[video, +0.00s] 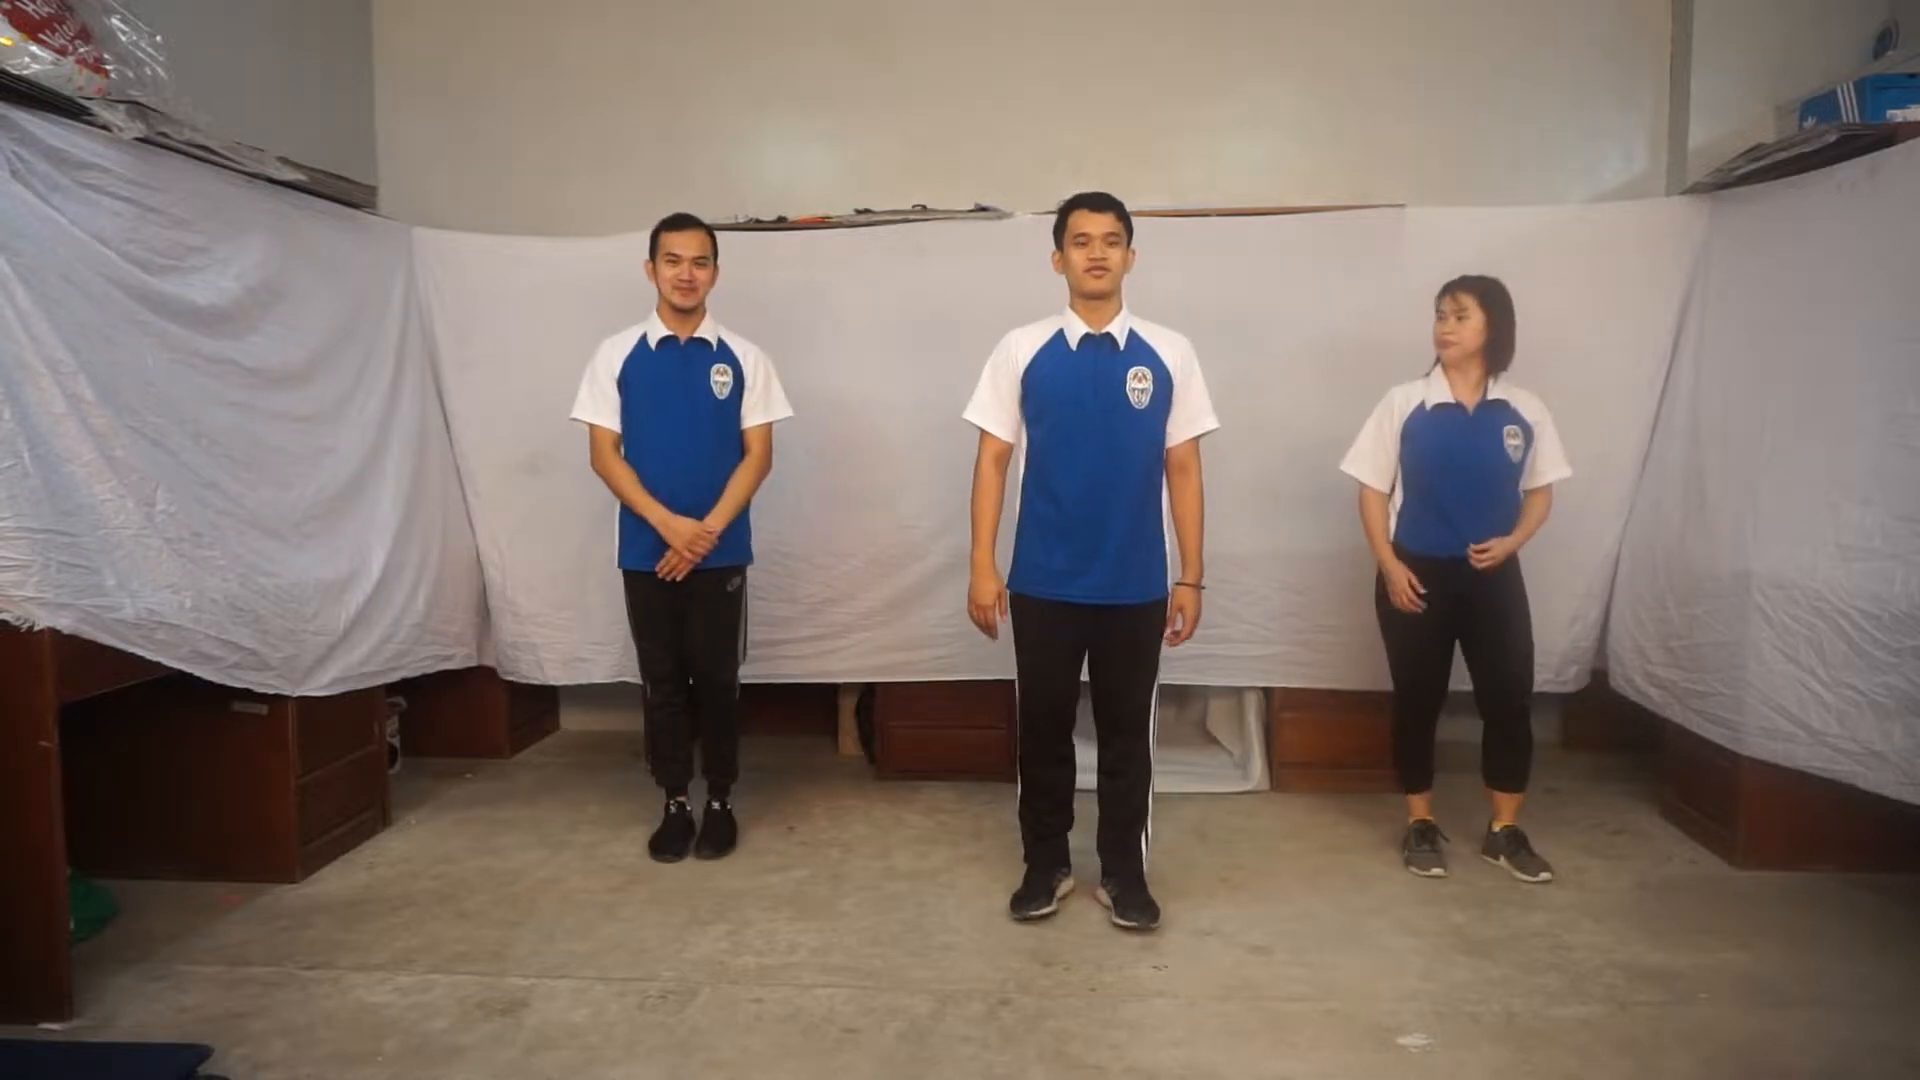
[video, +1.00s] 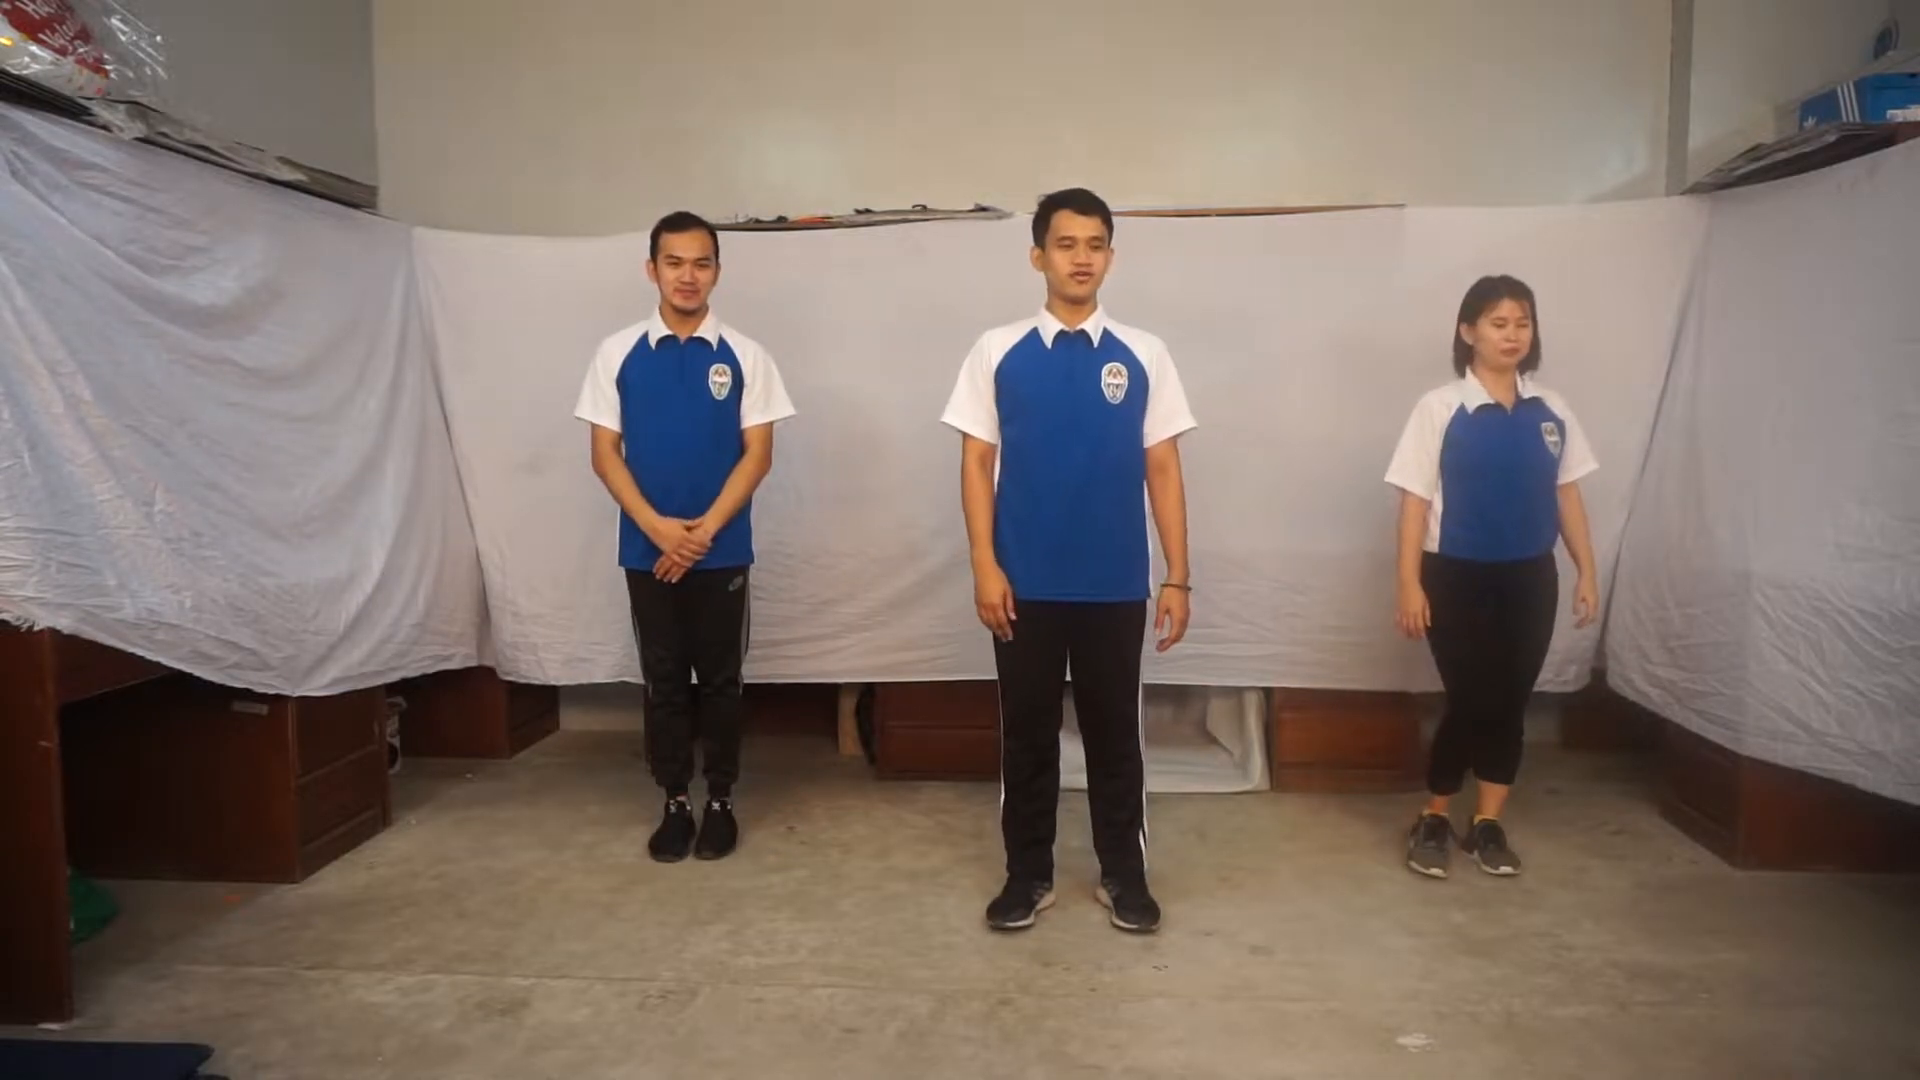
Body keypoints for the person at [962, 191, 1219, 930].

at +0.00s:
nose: (1097, 254)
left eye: (1110, 242)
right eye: (1082, 243)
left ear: (1129, 256)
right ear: (1060, 257)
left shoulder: (1167, 353)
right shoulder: (1021, 349)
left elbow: (1183, 470)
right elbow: (992, 460)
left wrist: (1189, 575)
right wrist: (983, 566)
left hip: (1134, 586)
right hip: (1042, 584)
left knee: (1127, 739)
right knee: (1043, 735)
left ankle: (1125, 873)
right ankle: (1046, 865)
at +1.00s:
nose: (1082, 258)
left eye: (1095, 245)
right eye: (1067, 245)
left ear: (1110, 257)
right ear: (1040, 257)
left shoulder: (1141, 355)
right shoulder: (996, 352)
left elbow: (1163, 471)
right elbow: (977, 466)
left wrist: (1176, 575)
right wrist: (984, 566)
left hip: (1113, 588)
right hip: (1025, 586)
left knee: (1115, 742)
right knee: (1026, 741)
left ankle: (1124, 876)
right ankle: (1027, 876)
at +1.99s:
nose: (1096, 251)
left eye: (1110, 237)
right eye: (1080, 238)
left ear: (1129, 249)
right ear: (1058, 251)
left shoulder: (1166, 352)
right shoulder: (1015, 349)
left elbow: (1186, 474)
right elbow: (996, 468)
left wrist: (1198, 582)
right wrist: (1001, 574)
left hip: (1134, 593)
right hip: (1041, 591)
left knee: (1127, 752)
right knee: (1034, 747)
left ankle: (1127, 888)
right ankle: (1019, 885)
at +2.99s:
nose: (1078, 251)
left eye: (1092, 237)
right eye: (1062, 238)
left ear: (1110, 249)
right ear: (1038, 251)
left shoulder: (1147, 352)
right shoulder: (995, 350)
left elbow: (1166, 474)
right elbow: (972, 468)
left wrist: (1173, 583)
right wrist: (979, 575)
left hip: (1119, 594)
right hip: (1025, 594)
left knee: (1118, 753)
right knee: (1025, 752)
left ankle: (1126, 886)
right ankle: (1019, 886)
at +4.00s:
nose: (1179, 262)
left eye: (1192, 247)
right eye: (1181, 246)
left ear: (1249, 251)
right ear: (1254, 251)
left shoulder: (1219, 336)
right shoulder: (1295, 303)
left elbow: (1172, 481)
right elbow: (1274, 218)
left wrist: (1203, 527)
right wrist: (1250, 121)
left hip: (1240, 586)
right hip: (1310, 569)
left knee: (1217, 755)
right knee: (1345, 737)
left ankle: (1207, 913)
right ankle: (1440, 904)